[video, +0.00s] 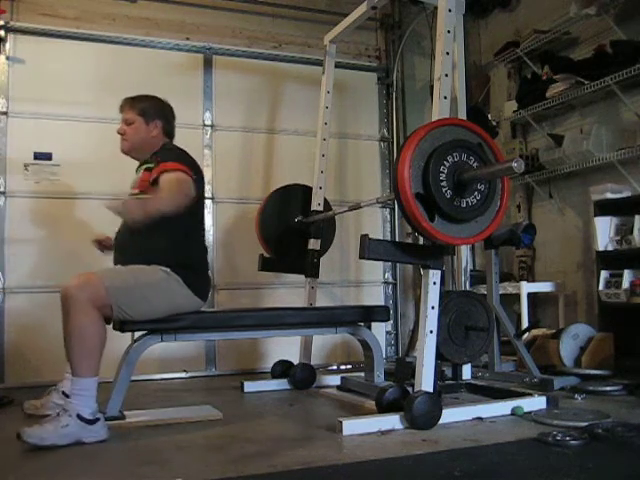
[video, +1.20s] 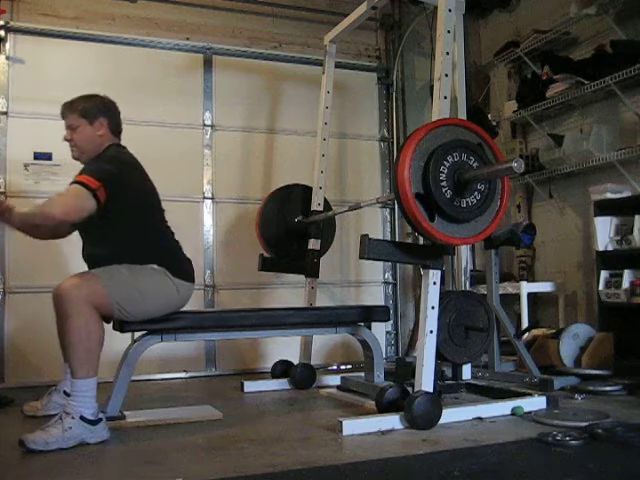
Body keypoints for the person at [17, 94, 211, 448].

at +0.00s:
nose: (120, 130)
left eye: (128, 123)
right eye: (121, 123)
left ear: (155, 129)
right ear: (149, 131)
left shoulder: (173, 161)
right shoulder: (147, 170)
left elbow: (178, 194)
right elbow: (155, 231)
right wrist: (117, 243)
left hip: (177, 280)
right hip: (154, 276)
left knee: (83, 292)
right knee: (75, 292)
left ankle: (86, 415)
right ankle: (72, 393)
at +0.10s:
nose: (114, 129)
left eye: (121, 122)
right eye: (114, 122)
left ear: (148, 124)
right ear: (145, 126)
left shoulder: (169, 161)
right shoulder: (146, 164)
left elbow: (190, 206)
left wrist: (179, 241)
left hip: (172, 281)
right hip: (148, 276)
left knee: (83, 293)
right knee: (74, 292)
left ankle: (87, 415)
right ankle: (72, 392)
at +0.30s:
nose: (108, 128)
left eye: (115, 120)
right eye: (108, 120)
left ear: (142, 120)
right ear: (140, 122)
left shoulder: (158, 158)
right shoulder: (136, 162)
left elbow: (182, 212)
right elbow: (145, 226)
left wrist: (145, 252)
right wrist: (106, 260)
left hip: (169, 278)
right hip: (144, 274)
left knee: (83, 296)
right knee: (68, 293)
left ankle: (86, 416)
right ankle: (70, 391)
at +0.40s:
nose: (101, 130)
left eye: (107, 122)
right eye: (100, 123)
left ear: (134, 123)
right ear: (128, 125)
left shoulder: (151, 162)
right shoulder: (129, 165)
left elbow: (163, 216)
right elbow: (130, 230)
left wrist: (97, 253)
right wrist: (88, 256)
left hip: (169, 278)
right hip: (142, 275)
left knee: (83, 292)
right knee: (66, 289)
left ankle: (87, 416)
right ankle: (70, 391)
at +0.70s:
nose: (64, 142)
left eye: (70, 133)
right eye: (63, 134)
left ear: (97, 129)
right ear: (93, 132)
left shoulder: (114, 168)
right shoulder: (99, 171)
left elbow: (113, 224)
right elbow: (98, 228)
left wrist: (51, 250)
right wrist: (52, 248)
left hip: (165, 276)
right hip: (143, 274)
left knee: (77, 295)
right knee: (69, 292)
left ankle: (87, 417)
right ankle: (71, 394)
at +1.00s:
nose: (56, 134)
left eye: (62, 126)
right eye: (55, 127)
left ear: (90, 124)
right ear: (84, 127)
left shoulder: (102, 162)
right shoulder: (84, 166)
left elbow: (76, 212)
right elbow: (60, 213)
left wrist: (29, 244)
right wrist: (22, 233)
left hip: (156, 270)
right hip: (133, 268)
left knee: (71, 293)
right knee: (66, 290)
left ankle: (85, 416)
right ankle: (72, 392)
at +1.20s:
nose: (67, 137)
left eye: (73, 128)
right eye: (67, 129)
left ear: (101, 127)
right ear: (100, 130)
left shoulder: (113, 164)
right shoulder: (104, 166)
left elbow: (58, 215)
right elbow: (59, 228)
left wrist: (14, 216)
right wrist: (13, 218)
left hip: (163, 276)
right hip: (140, 273)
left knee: (76, 294)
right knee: (65, 293)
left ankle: (86, 416)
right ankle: (70, 392)